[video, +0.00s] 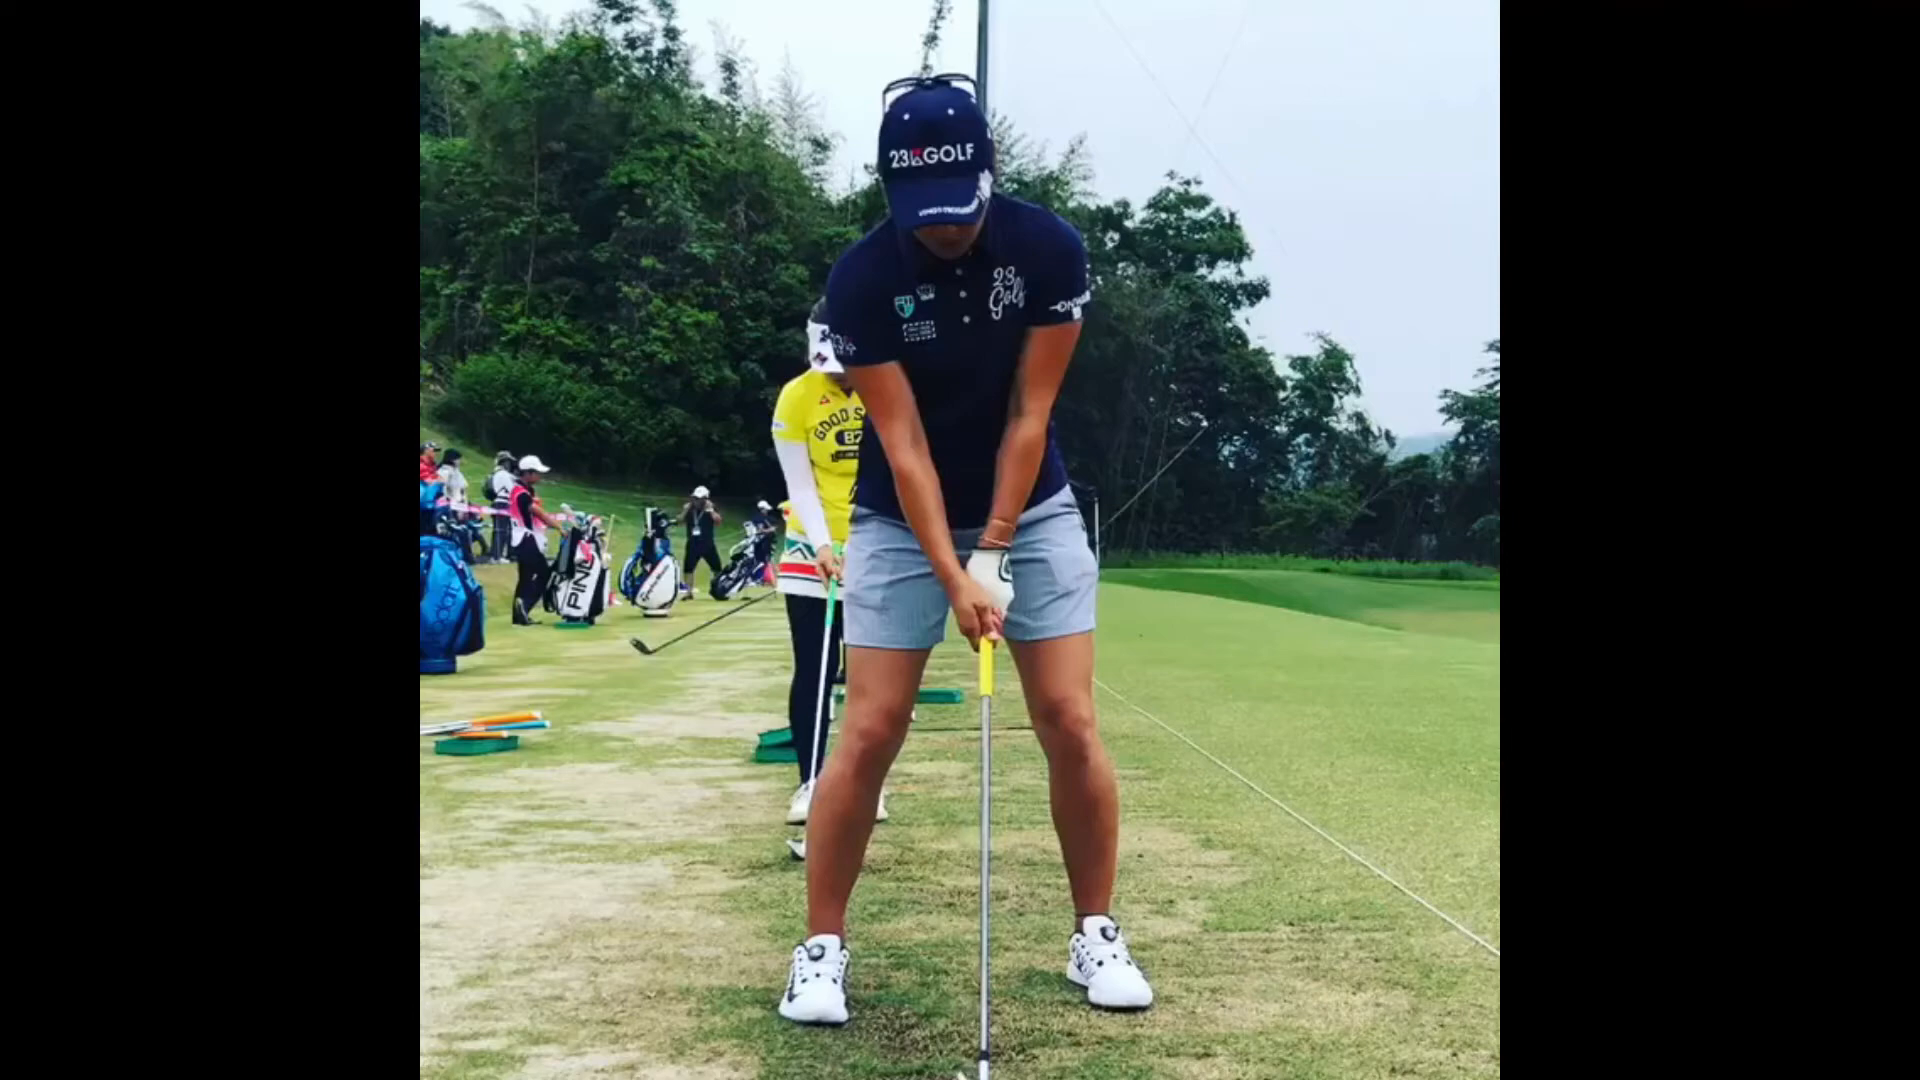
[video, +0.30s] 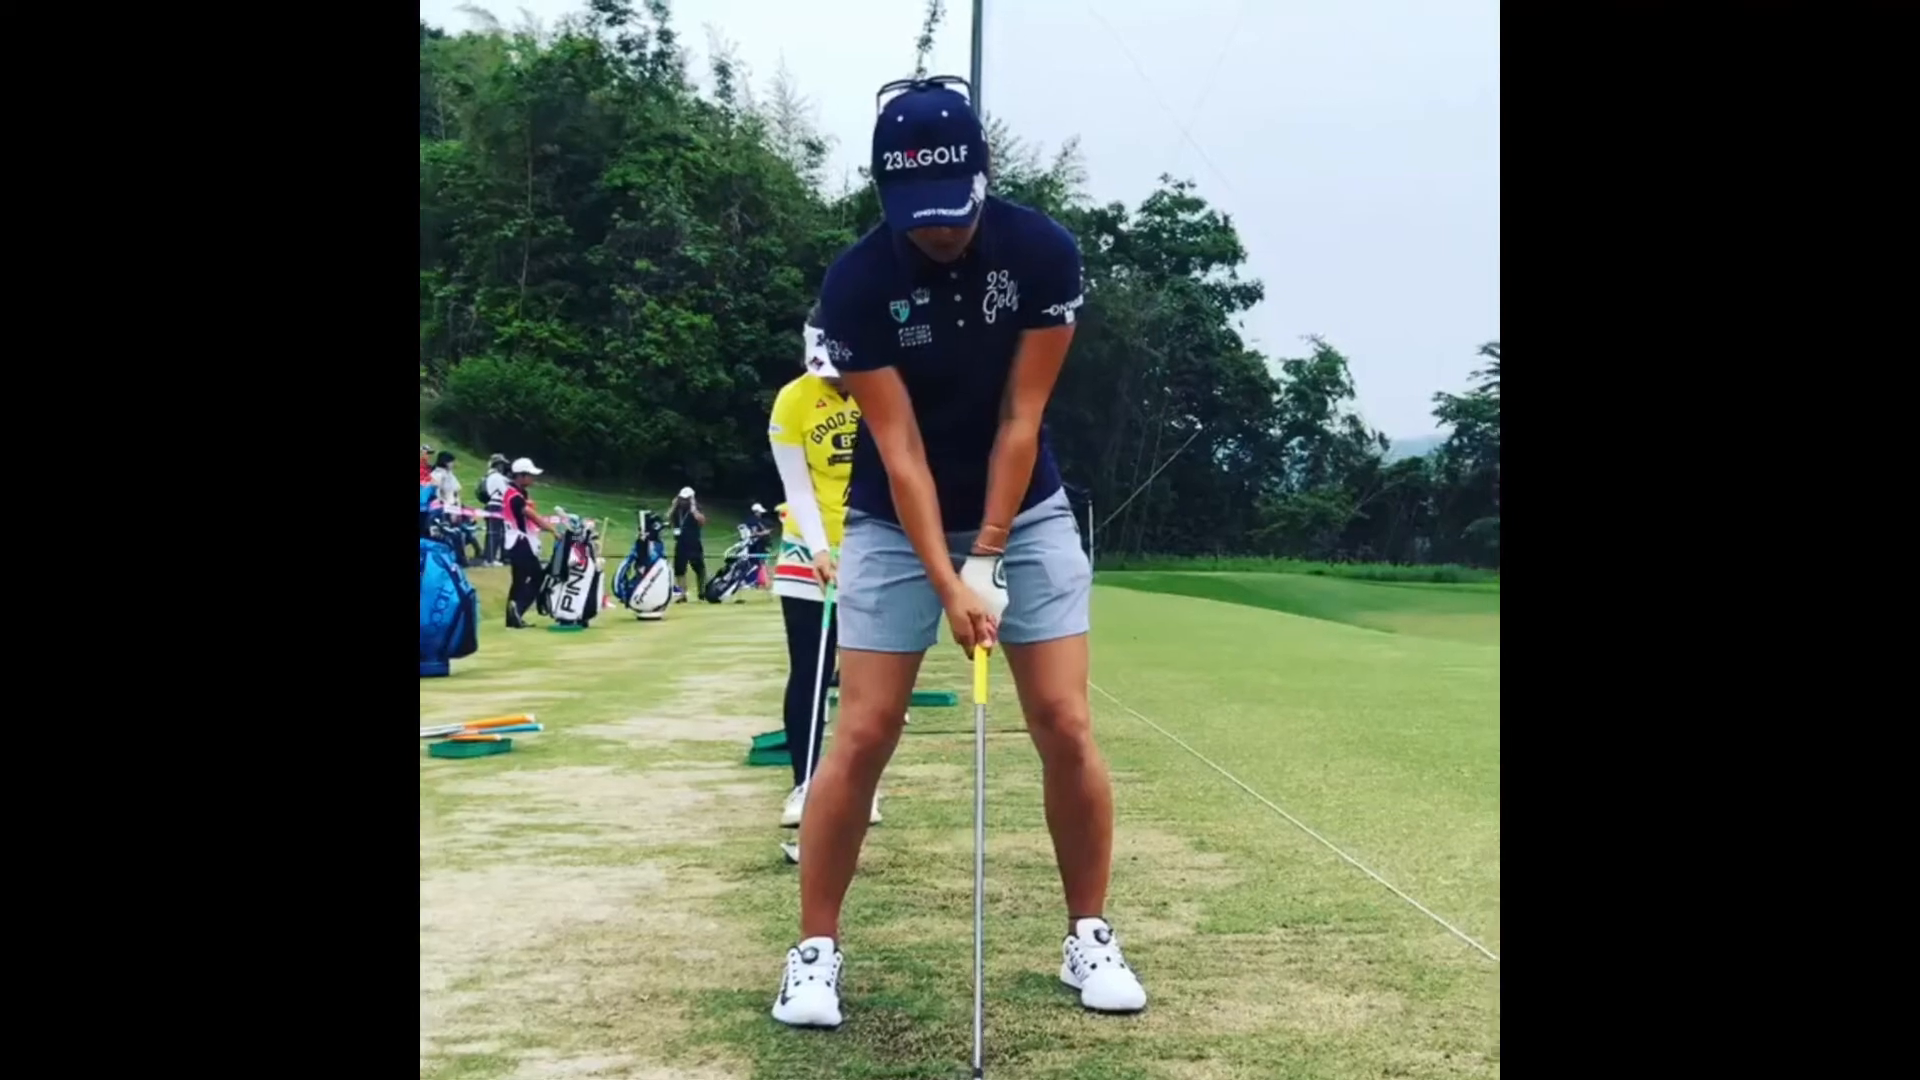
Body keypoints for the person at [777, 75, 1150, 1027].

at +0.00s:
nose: (946, 224)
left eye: (961, 203)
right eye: (926, 208)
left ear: (988, 174)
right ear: (894, 185)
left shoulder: (1046, 250)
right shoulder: (859, 283)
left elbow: (1031, 412)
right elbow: (902, 442)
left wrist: (991, 548)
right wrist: (950, 571)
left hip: (1029, 505)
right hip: (898, 513)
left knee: (1069, 721)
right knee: (872, 727)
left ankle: (1097, 934)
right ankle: (822, 945)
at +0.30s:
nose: (939, 226)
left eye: (955, 205)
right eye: (920, 209)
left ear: (982, 176)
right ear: (888, 188)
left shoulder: (1041, 254)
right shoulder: (855, 285)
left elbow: (1022, 417)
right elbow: (898, 447)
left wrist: (986, 554)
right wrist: (946, 579)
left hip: (1023, 506)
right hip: (893, 513)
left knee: (1065, 724)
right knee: (865, 731)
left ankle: (1091, 937)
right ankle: (816, 948)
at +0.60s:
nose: (926, 226)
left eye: (941, 205)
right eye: (906, 209)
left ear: (968, 176)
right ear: (873, 188)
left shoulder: (1028, 256)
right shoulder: (838, 288)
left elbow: (1005, 421)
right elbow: (886, 456)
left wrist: (972, 559)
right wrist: (932, 585)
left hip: (1009, 509)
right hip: (879, 516)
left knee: (1052, 726)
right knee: (851, 731)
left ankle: (1078, 938)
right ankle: (803, 950)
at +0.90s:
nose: (915, 224)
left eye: (930, 202)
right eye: (894, 207)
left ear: (957, 171)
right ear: (861, 185)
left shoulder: (1018, 253)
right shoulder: (828, 285)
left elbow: (995, 417)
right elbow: (876, 453)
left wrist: (964, 557)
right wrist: (924, 583)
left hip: (1000, 507)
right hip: (869, 515)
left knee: (1046, 724)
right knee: (843, 729)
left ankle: (1071, 933)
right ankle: (796, 947)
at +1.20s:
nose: (918, 221)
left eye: (933, 200)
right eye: (897, 205)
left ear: (960, 171)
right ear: (865, 183)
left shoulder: (1020, 250)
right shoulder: (831, 284)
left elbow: (999, 415)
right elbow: (880, 452)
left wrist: (968, 554)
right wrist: (928, 581)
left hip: (1004, 502)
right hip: (873, 510)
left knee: (1049, 723)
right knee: (847, 726)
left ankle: (1075, 930)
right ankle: (801, 943)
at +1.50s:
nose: (928, 228)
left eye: (943, 207)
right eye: (908, 211)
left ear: (970, 176)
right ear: (875, 188)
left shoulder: (1029, 253)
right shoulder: (841, 286)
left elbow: (1009, 417)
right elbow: (891, 456)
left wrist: (980, 558)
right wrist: (939, 585)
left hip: (1012, 505)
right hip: (882, 513)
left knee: (1058, 725)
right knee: (855, 729)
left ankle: (1083, 933)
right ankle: (809, 946)